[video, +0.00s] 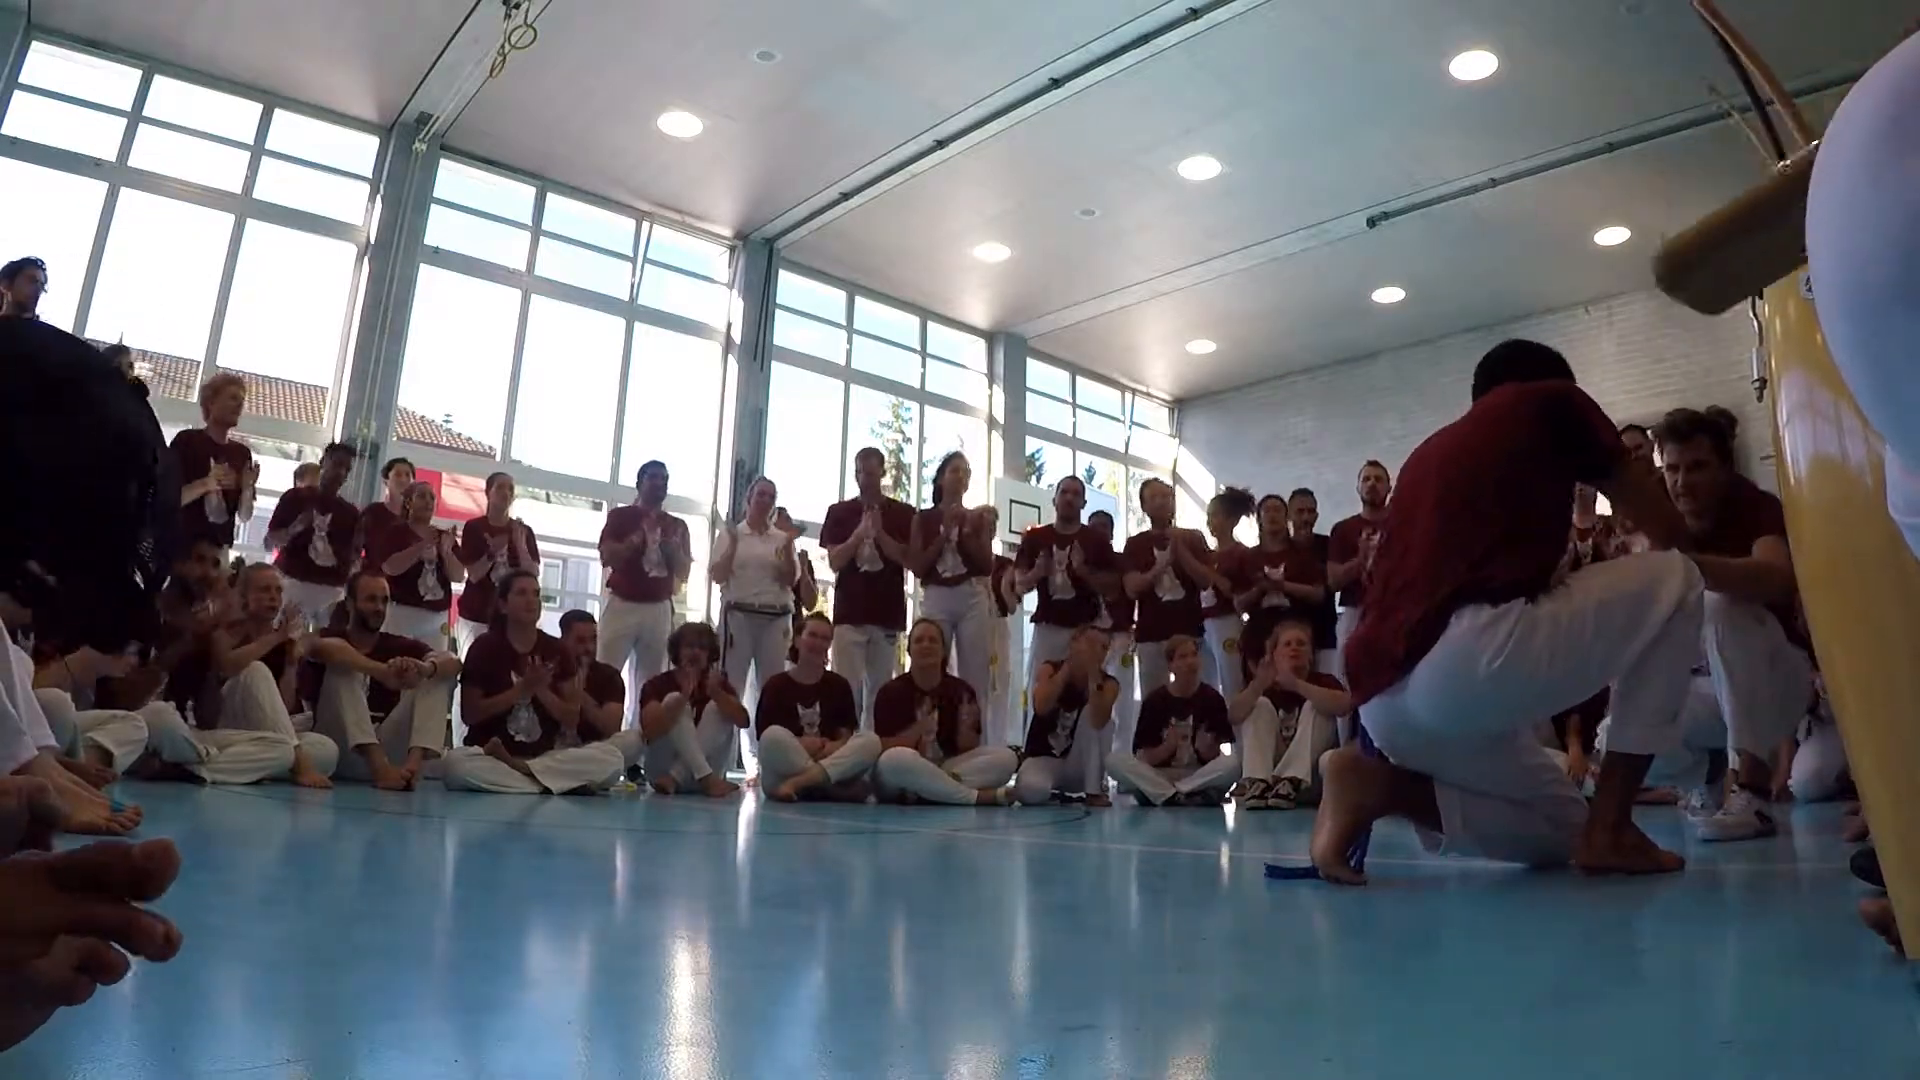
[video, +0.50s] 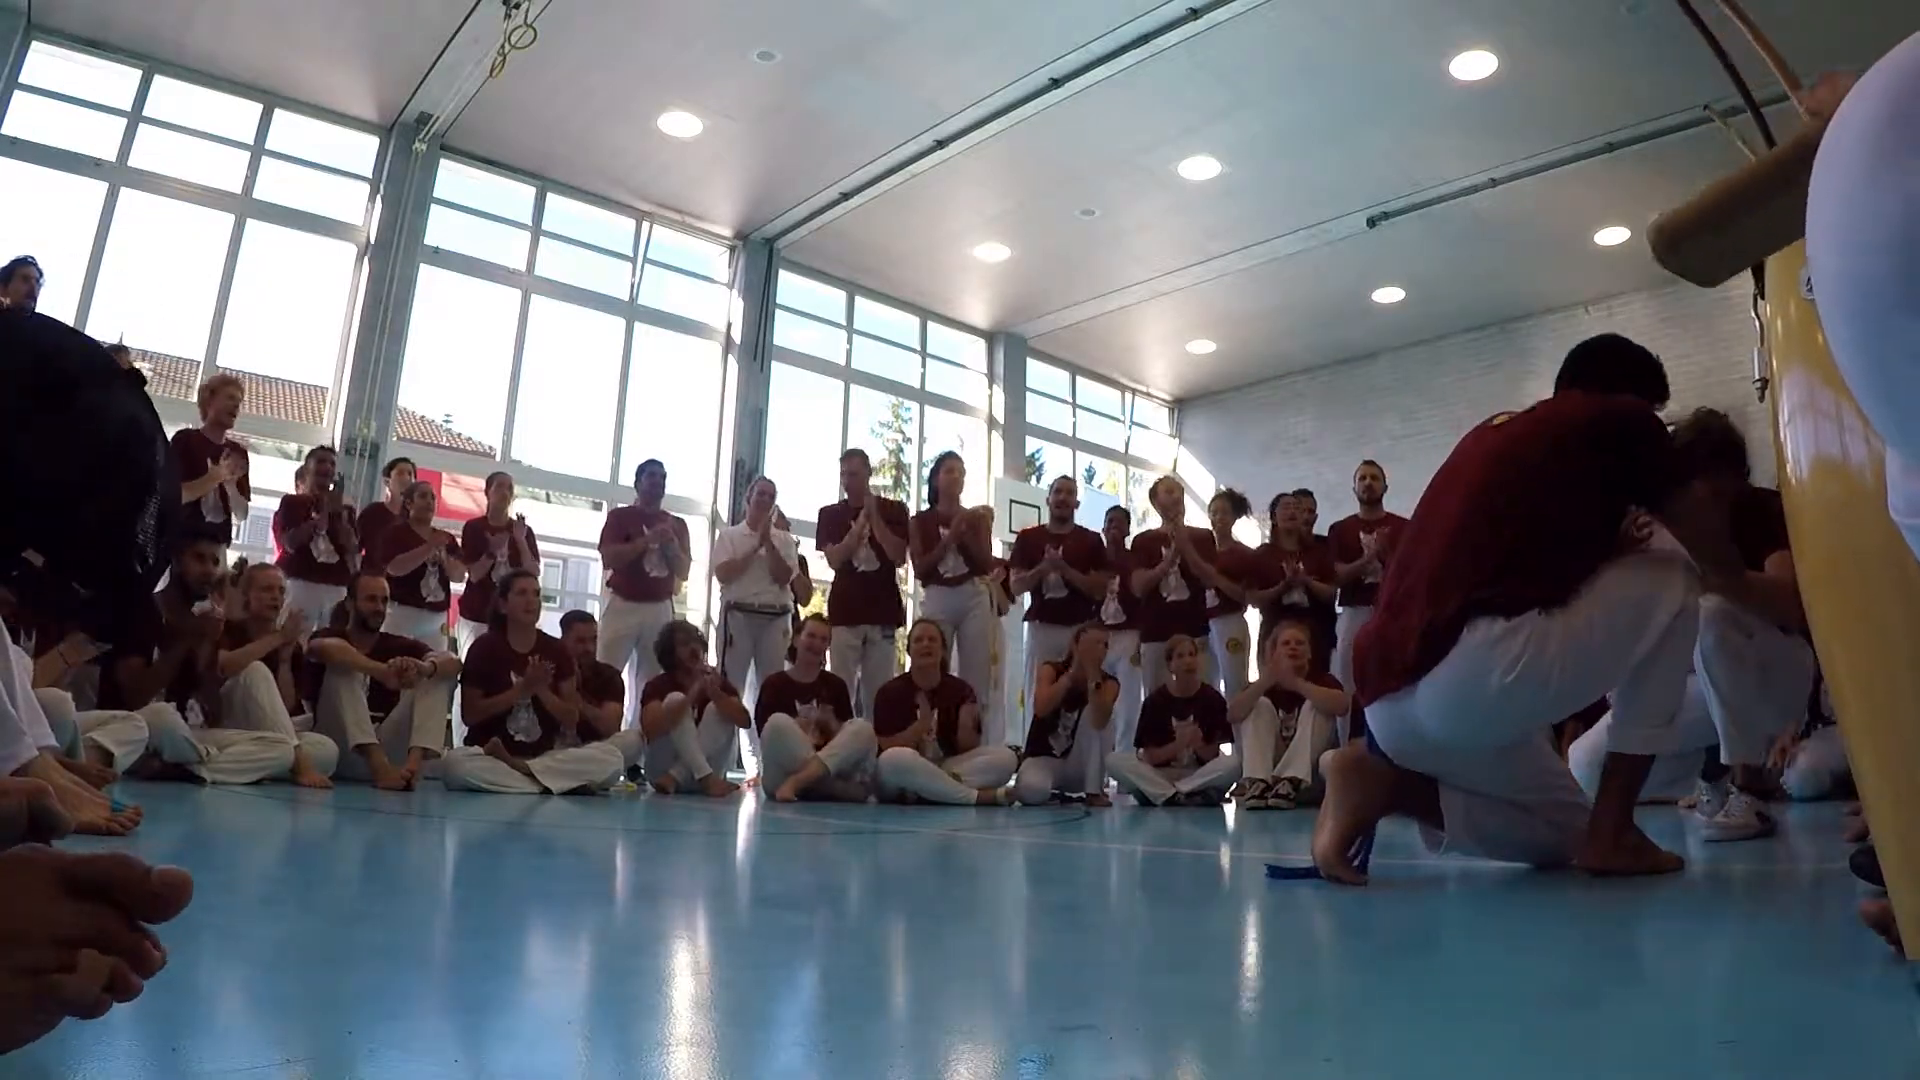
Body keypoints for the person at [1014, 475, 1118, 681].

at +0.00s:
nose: (1069, 498)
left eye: (1076, 494)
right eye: (1064, 492)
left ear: (1083, 503)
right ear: (1054, 500)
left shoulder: (1097, 539)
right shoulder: (1035, 537)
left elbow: (1112, 586)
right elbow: (1020, 584)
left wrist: (1083, 571)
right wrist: (1037, 573)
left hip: (1086, 629)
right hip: (1048, 627)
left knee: (1082, 700)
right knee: (1040, 696)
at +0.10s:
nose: (1069, 498)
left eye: (1075, 494)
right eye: (1063, 492)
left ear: (1083, 503)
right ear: (1054, 499)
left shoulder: (1097, 539)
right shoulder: (1034, 537)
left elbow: (1109, 588)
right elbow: (1021, 585)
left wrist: (1070, 572)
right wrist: (1051, 567)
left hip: (1085, 630)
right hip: (1046, 628)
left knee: (1081, 700)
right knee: (1039, 698)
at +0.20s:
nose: (1068, 498)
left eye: (1074, 494)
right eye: (1063, 492)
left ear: (1082, 502)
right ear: (1053, 499)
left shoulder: (1096, 540)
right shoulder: (1032, 537)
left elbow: (1106, 590)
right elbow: (1018, 586)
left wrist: (1073, 570)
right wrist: (1043, 567)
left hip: (1083, 630)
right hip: (1045, 628)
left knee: (1080, 705)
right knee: (1039, 702)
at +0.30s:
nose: (1067, 498)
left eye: (1074, 494)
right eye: (1062, 492)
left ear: (1081, 502)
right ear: (1052, 498)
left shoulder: (1095, 540)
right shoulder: (1031, 537)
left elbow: (1104, 589)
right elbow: (1014, 587)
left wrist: (1076, 569)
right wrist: (1031, 573)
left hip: (1083, 630)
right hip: (1045, 627)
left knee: (1078, 702)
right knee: (1038, 698)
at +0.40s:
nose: (1065, 498)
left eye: (1072, 494)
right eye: (1061, 492)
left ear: (1079, 500)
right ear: (1051, 497)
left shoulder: (1095, 540)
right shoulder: (1030, 537)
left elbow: (1104, 590)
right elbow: (1014, 587)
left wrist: (1079, 568)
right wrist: (1031, 572)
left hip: (1083, 631)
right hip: (1043, 629)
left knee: (1080, 702)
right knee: (1037, 698)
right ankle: (1035, 761)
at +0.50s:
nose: (1063, 498)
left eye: (1069, 493)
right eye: (1058, 492)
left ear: (1077, 500)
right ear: (1048, 498)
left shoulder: (1092, 540)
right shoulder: (1028, 537)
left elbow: (1100, 589)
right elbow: (1016, 586)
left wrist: (1063, 569)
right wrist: (1044, 568)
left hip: (1081, 630)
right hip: (1042, 628)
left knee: (1079, 700)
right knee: (1038, 698)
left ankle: (1077, 764)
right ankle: (1036, 761)